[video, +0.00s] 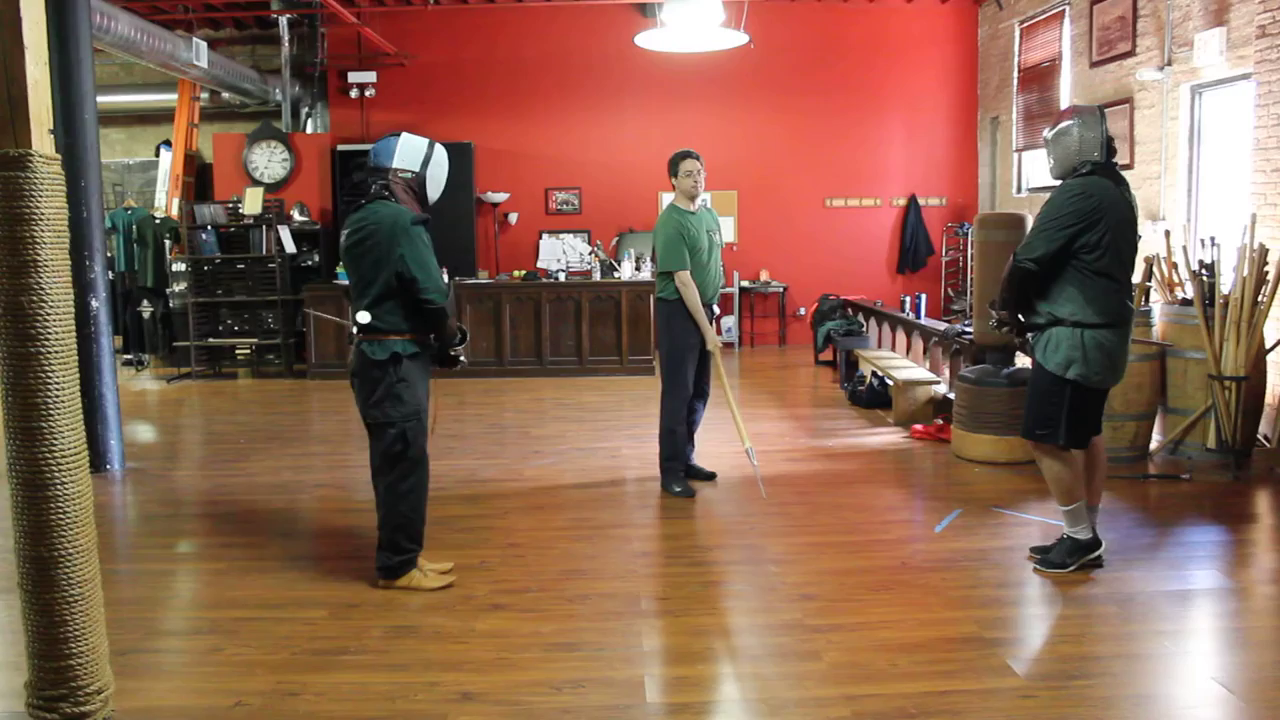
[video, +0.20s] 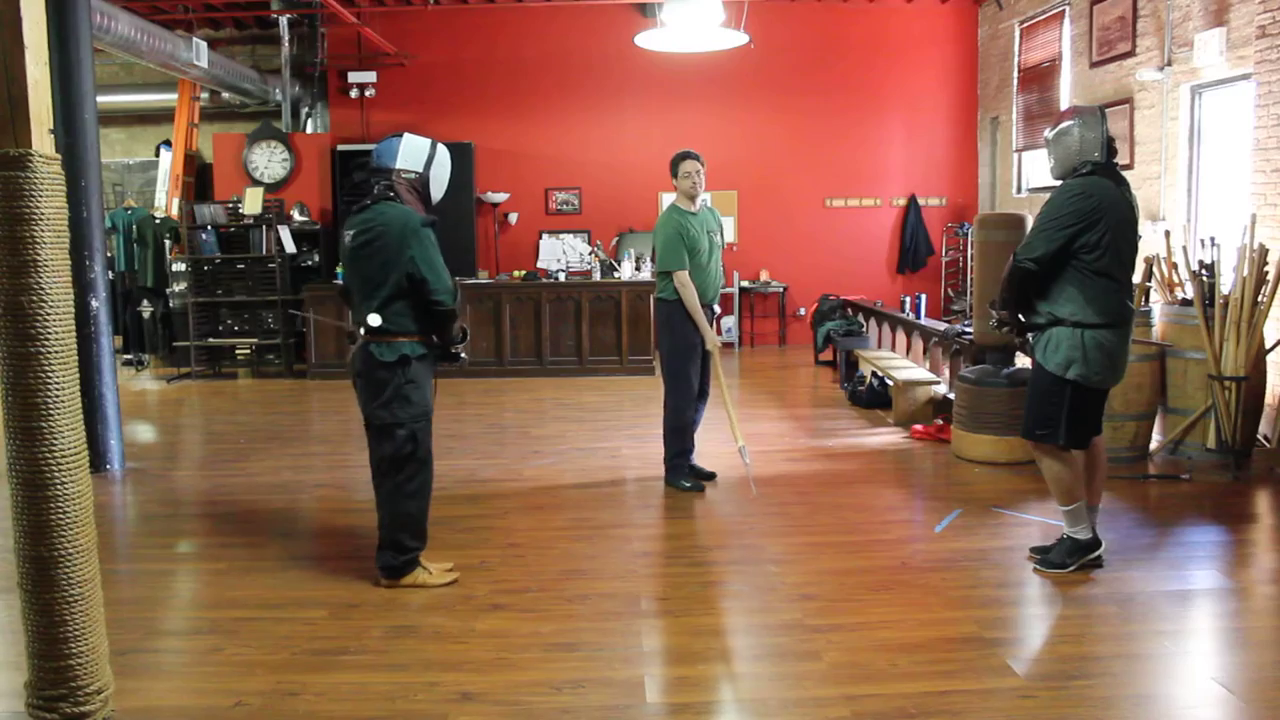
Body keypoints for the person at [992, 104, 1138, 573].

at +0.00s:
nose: (1049, 152)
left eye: (1056, 142)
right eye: (1050, 143)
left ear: (1078, 144)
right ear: (1092, 145)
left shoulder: (1078, 192)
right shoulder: (1115, 192)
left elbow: (1028, 260)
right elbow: (1088, 267)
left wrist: (1004, 304)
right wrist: (1026, 307)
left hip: (1071, 334)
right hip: (1101, 332)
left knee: (1046, 437)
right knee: (1086, 433)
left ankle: (1079, 538)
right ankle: (1084, 534)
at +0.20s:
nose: (1049, 153)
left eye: (1055, 144)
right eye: (1050, 145)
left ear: (1078, 146)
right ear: (1092, 146)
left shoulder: (1077, 193)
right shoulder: (1117, 192)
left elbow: (1028, 259)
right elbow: (1091, 267)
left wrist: (1004, 304)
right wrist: (1027, 308)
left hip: (1071, 335)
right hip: (1102, 333)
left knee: (1045, 437)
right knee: (1085, 434)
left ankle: (1079, 538)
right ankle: (1084, 535)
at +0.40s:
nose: (1051, 154)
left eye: (1056, 145)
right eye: (1051, 145)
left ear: (1078, 145)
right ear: (1095, 146)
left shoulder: (1079, 192)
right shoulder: (1117, 193)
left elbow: (1022, 256)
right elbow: (1086, 264)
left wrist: (996, 296)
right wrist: (1033, 303)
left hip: (1073, 334)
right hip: (1104, 332)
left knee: (1045, 437)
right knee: (1085, 434)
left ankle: (1079, 538)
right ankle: (1084, 534)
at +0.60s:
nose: (1055, 155)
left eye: (1061, 145)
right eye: (1055, 146)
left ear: (1082, 144)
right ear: (1098, 145)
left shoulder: (1082, 191)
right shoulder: (1119, 191)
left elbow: (1008, 228)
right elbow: (1057, 223)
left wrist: (951, 256)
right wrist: (1005, 219)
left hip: (1073, 334)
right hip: (1103, 332)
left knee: (1046, 438)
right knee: (1086, 435)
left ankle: (1080, 538)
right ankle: (1086, 535)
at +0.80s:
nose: (1056, 155)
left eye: (1060, 146)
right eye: (1056, 147)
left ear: (1079, 143)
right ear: (1100, 144)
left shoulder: (1082, 185)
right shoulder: (1120, 191)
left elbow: (1004, 198)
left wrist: (929, 204)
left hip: (1071, 334)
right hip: (1103, 333)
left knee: (1045, 438)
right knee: (1086, 436)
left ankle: (1079, 539)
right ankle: (1084, 535)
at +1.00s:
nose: (1031, 145)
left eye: (1037, 138)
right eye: (1034, 138)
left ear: (1056, 142)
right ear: (1076, 145)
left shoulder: (1056, 185)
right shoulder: (1089, 193)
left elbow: (980, 187)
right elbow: (996, 191)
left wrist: (912, 186)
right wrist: (926, 186)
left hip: (1043, 331)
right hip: (1073, 331)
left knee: (1015, 433)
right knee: (1053, 435)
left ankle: (1049, 534)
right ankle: (1055, 534)